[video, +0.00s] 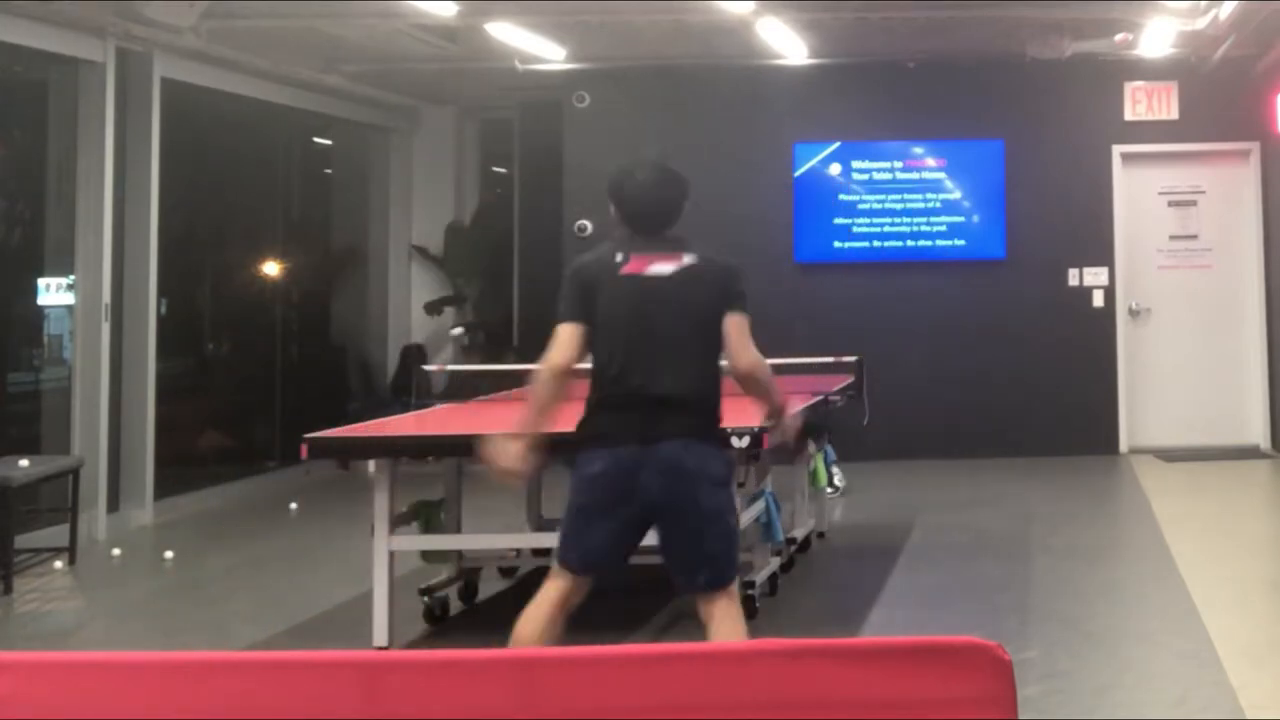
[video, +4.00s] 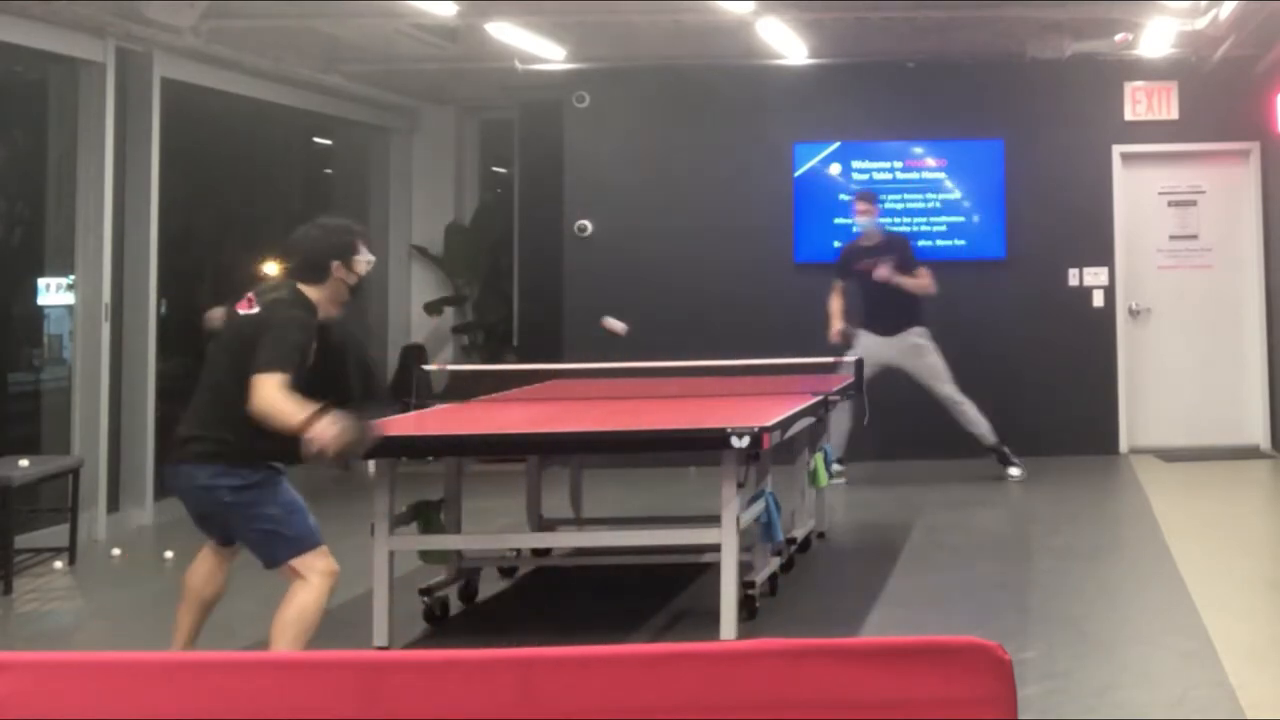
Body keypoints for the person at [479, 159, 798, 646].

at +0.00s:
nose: (613, 213)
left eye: (614, 205)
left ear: (616, 212)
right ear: (677, 210)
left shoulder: (590, 272)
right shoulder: (716, 276)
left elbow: (558, 363)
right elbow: (745, 363)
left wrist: (524, 434)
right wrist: (776, 407)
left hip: (609, 457)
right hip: (693, 457)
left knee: (561, 587)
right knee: (718, 599)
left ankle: (498, 703)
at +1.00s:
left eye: (576, 206)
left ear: (581, 212)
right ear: (645, 214)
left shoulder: (544, 270)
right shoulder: (673, 285)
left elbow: (461, 328)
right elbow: (727, 373)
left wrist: (442, 329)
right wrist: (689, 400)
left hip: (558, 465)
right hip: (643, 463)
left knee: (523, 610)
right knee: (681, 575)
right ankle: (694, 712)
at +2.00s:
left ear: (544, 208)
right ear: (596, 209)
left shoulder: (531, 248)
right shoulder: (627, 261)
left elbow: (484, 299)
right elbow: (668, 333)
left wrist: (454, 317)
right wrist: (636, 363)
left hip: (575, 420)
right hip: (630, 413)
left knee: (549, 547)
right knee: (658, 517)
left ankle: (600, 663)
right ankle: (732, 613)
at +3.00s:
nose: (319, 223)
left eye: (316, 215)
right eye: (315, 216)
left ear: (252, 223)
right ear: (304, 224)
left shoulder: (218, 263)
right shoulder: (335, 280)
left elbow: (143, 298)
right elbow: (384, 356)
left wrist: (144, 347)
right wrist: (372, 337)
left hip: (218, 444)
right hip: (300, 446)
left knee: (142, 549)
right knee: (355, 559)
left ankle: (114, 675)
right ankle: (410, 672)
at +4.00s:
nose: (357, 289)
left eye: (360, 278)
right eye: (357, 277)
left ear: (314, 265)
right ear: (335, 269)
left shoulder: (263, 299)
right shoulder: (293, 315)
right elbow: (265, 396)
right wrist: (319, 421)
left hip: (194, 465)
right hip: (235, 470)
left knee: (221, 545)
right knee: (317, 571)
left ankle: (177, 656)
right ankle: (276, 684)